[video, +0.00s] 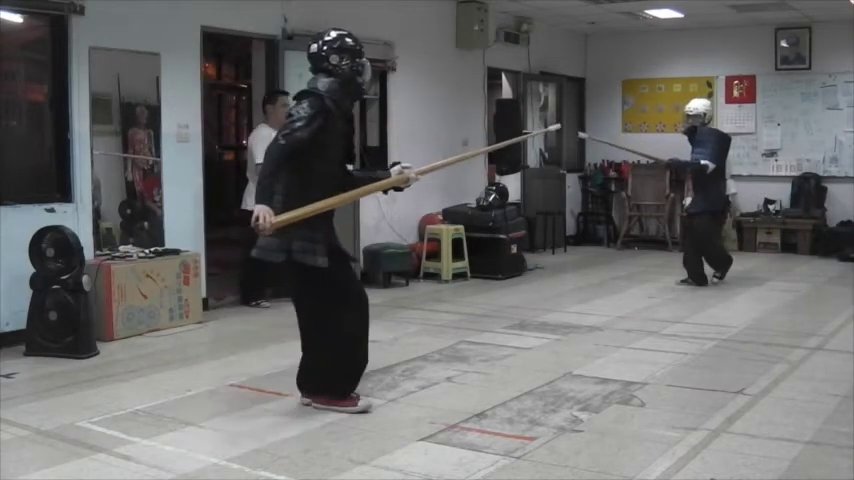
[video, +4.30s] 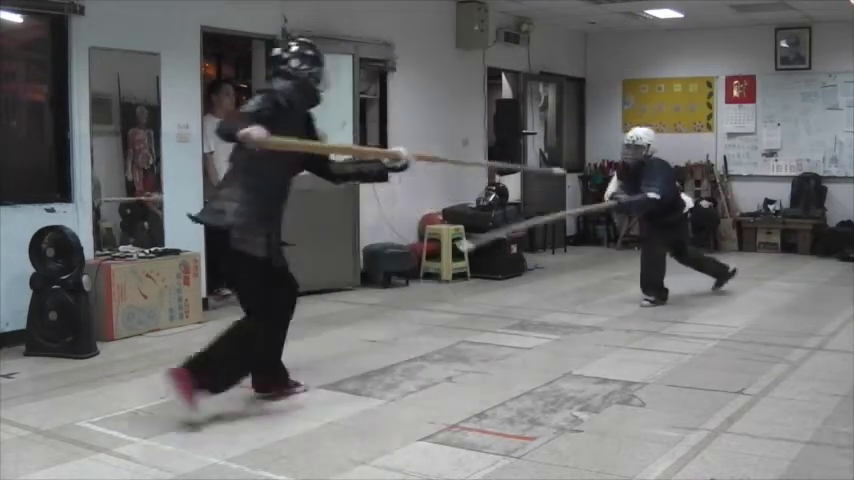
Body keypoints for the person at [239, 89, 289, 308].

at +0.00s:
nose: (288, 111)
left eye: (288, 106)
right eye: (283, 106)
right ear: (268, 109)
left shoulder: (276, 135)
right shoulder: (262, 135)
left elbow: (277, 165)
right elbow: (263, 169)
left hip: (269, 201)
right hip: (257, 202)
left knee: (264, 246)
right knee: (254, 247)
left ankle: (258, 291)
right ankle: (250, 295)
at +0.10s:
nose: (280, 112)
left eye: (281, 107)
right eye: (276, 107)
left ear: (280, 110)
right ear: (262, 108)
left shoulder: (278, 135)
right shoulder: (255, 134)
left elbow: (283, 169)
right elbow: (255, 170)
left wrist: (284, 198)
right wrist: (257, 205)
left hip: (276, 203)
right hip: (257, 206)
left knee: (280, 245)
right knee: (254, 250)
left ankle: (285, 287)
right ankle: (251, 294)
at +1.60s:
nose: (252, 107)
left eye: (253, 103)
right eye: (247, 103)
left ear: (253, 107)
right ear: (236, 105)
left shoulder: (258, 133)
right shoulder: (224, 132)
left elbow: (269, 163)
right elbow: (224, 167)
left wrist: (282, 184)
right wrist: (239, 194)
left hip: (255, 204)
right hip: (228, 204)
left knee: (260, 249)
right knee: (227, 247)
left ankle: (264, 291)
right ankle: (221, 286)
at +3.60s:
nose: (232, 99)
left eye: (232, 95)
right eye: (227, 95)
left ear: (231, 99)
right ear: (214, 98)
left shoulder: (232, 125)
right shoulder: (206, 123)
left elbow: (243, 156)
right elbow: (208, 159)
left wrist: (253, 182)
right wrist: (223, 188)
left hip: (237, 196)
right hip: (214, 197)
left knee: (241, 240)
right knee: (216, 243)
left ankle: (250, 280)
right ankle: (217, 284)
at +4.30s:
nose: (231, 100)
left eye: (232, 95)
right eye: (226, 95)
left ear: (233, 98)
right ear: (214, 98)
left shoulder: (235, 123)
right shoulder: (209, 123)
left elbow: (239, 153)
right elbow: (208, 155)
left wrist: (239, 177)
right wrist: (216, 183)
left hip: (233, 183)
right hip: (217, 185)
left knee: (229, 234)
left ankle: (228, 282)